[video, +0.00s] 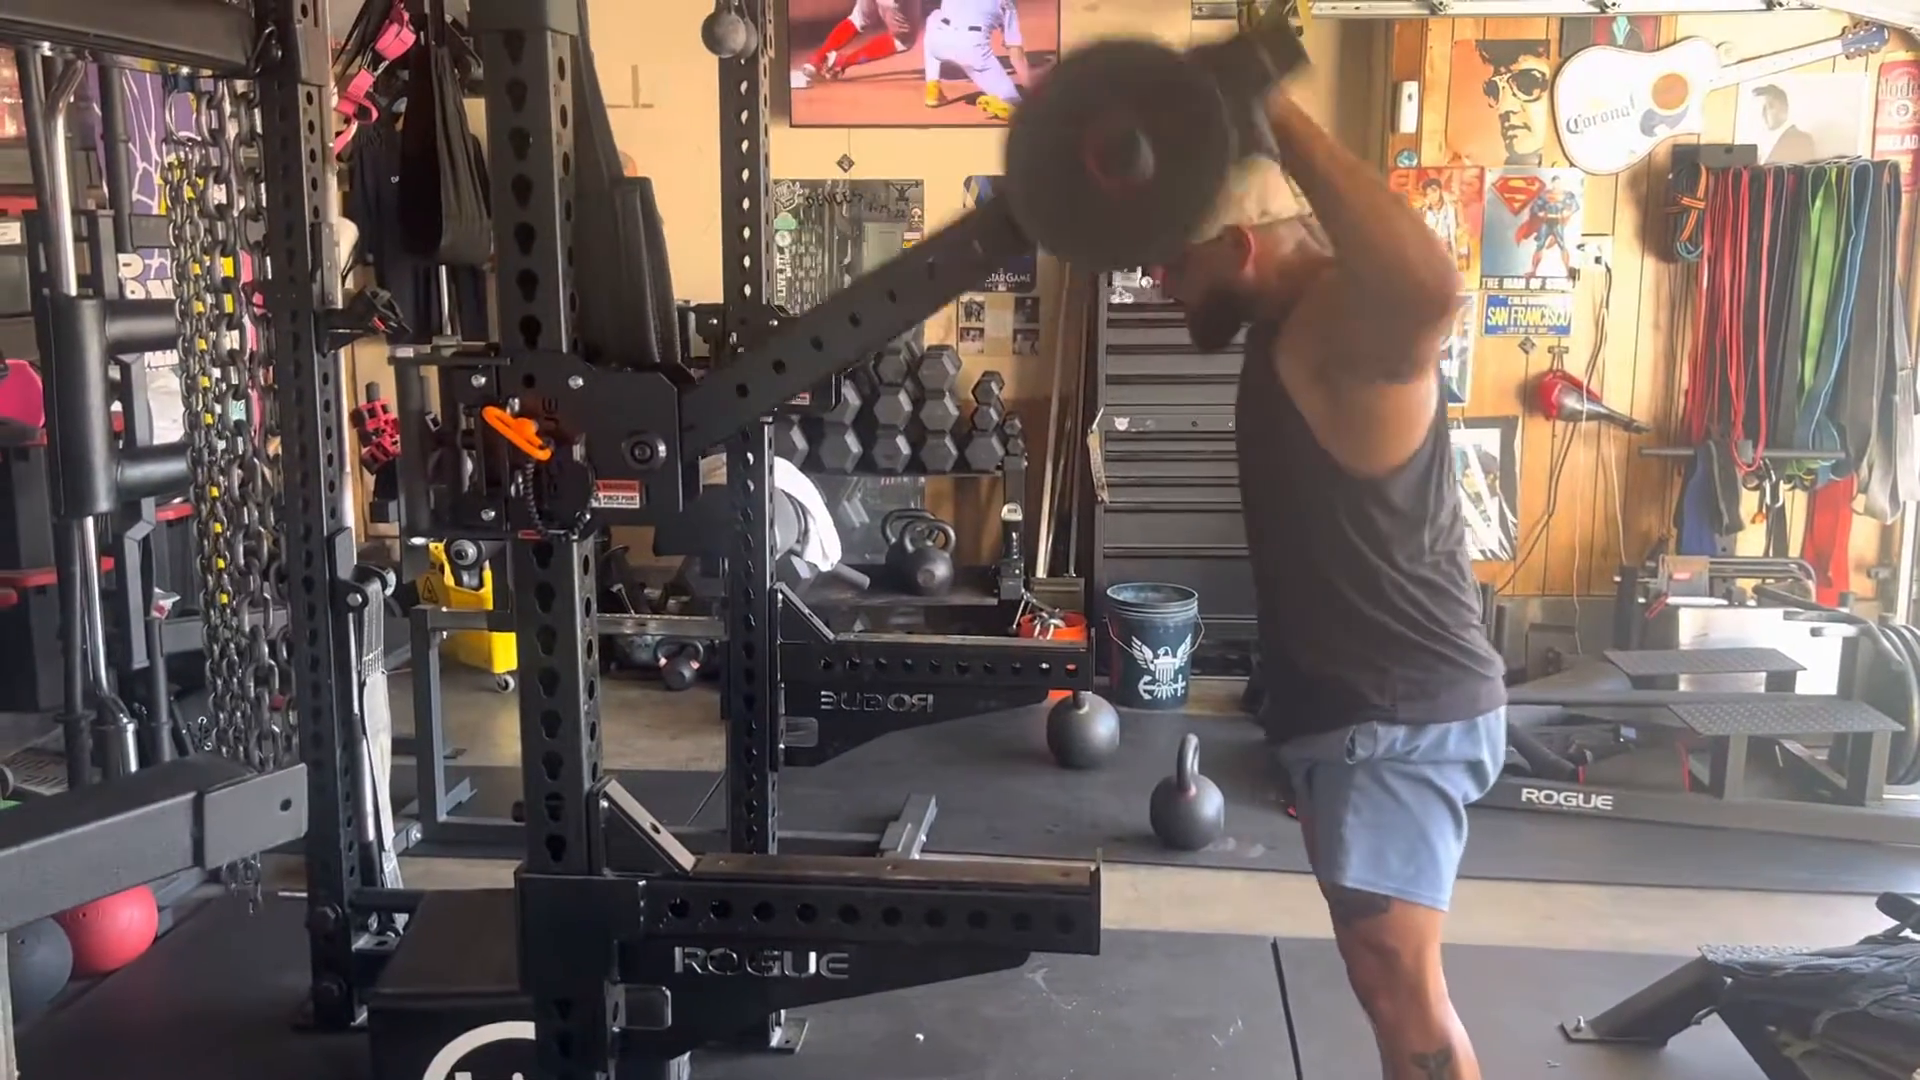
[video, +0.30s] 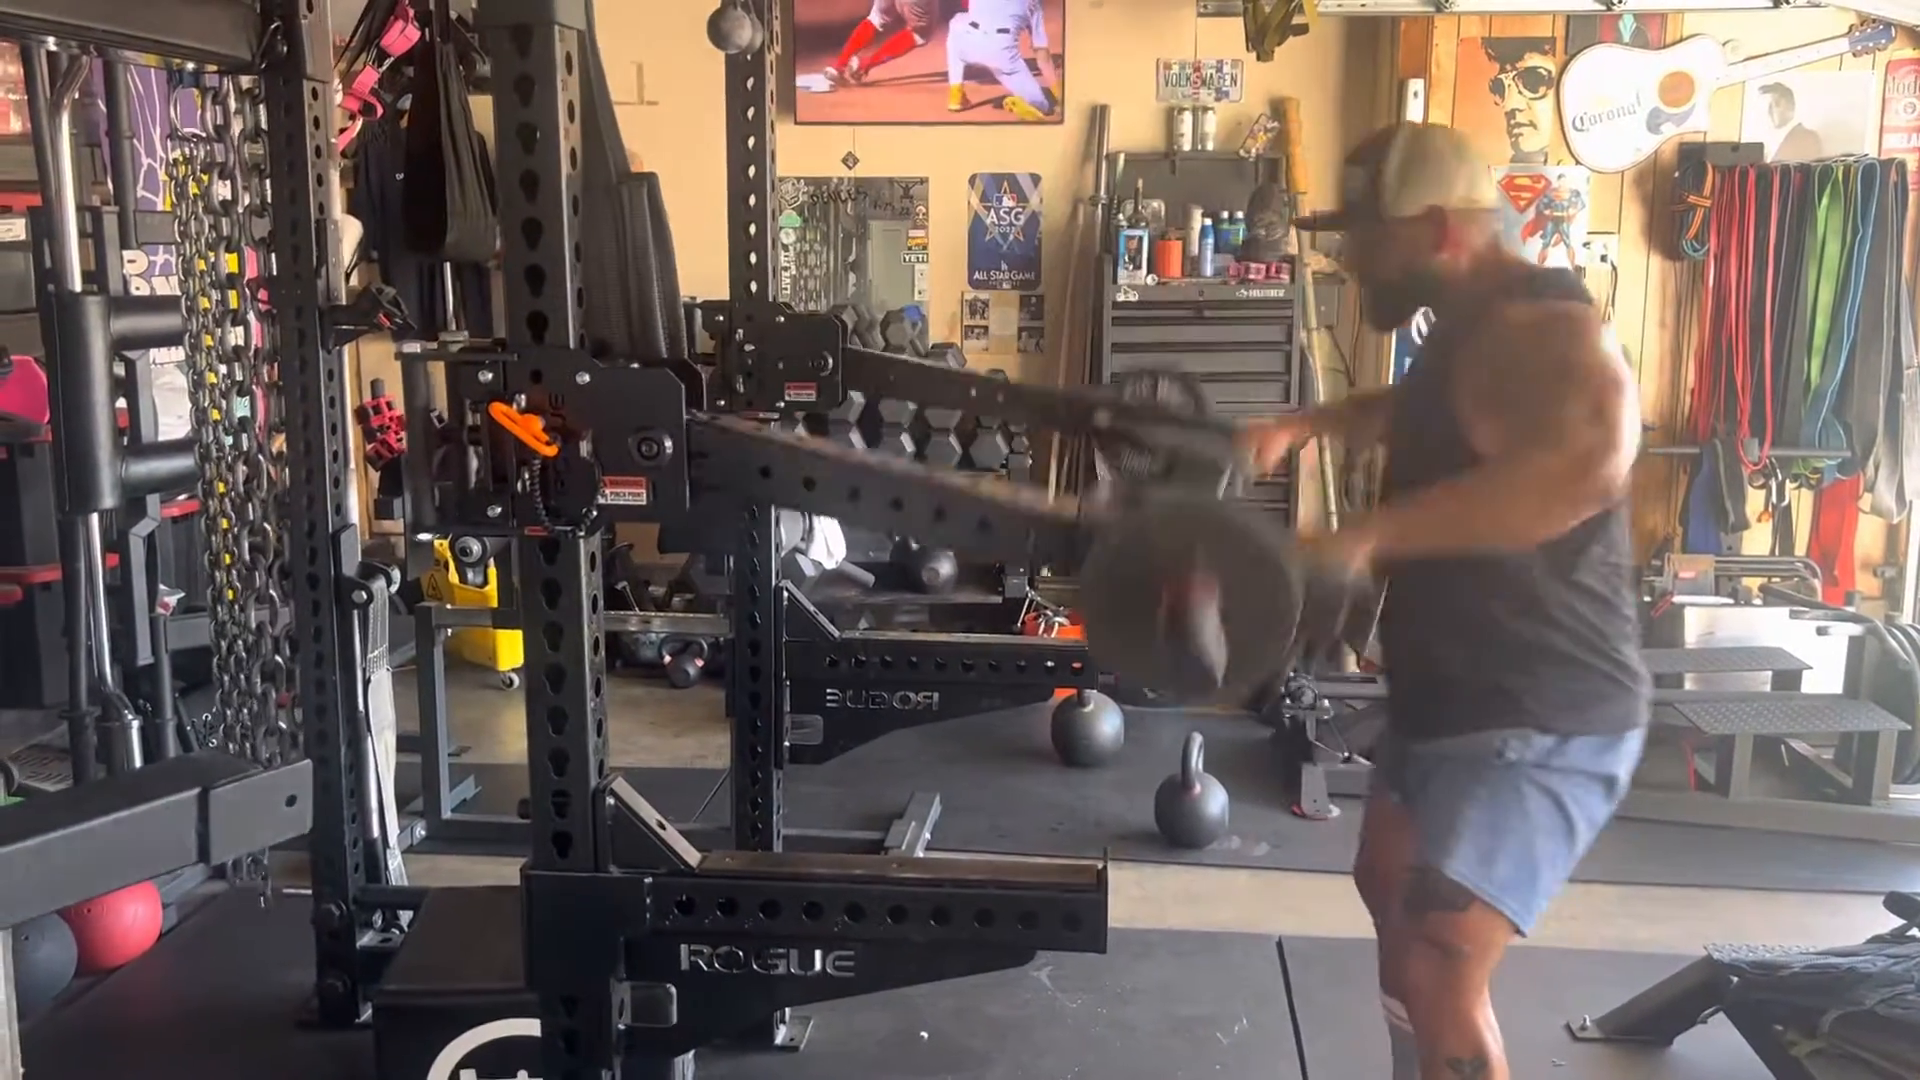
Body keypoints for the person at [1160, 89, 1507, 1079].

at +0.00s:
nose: (1161, 285)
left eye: (1173, 257)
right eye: (1156, 259)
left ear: (1243, 237)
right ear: (1241, 242)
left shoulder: (1350, 320)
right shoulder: (1292, 326)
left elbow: (1430, 285)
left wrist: (1281, 115)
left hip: (1396, 717)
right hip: (1351, 707)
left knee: (1400, 984)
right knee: (1390, 975)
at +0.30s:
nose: (1351, 256)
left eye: (1363, 230)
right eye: (1350, 233)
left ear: (1441, 229)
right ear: (1440, 230)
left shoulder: (1545, 323)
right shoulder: (1457, 329)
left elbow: (1588, 467)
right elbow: (1415, 411)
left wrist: (1374, 533)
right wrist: (1302, 426)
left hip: (1543, 710)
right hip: (1447, 693)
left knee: (1442, 969)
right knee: (1387, 876)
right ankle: (1426, 1052)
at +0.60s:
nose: (1333, 354)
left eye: (1348, 331)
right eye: (1334, 332)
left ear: (1427, 340)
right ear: (1426, 341)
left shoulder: (1521, 447)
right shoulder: (1429, 432)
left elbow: (1445, 644)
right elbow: (1330, 543)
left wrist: (1252, 742)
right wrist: (1203, 599)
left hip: (1637, 765)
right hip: (1529, 735)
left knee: (1444, 982)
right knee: (1397, 878)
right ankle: (1432, 1062)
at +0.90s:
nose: (1433, 320)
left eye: (1451, 298)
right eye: (1434, 298)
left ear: (1532, 310)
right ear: (1523, 313)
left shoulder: (1606, 429)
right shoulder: (1497, 409)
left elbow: (1455, 584)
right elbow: (1370, 508)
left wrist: (1274, 701)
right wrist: (1222, 584)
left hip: (1667, 762)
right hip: (1555, 731)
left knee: (1466, 977)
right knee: (1419, 872)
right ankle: (1436, 1064)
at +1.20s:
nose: (1391, 223)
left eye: (1410, 202)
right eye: (1387, 200)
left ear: (1471, 198)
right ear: (1403, 194)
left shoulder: (1549, 308)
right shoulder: (1444, 298)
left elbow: (1619, 390)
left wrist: (1411, 312)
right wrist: (1286, 268)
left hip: (1447, 703)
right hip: (1387, 688)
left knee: (1418, 972)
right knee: (1408, 963)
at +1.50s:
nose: (1177, 253)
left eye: (1193, 228)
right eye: (1179, 230)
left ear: (1250, 221)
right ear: (1248, 227)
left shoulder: (1332, 290)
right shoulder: (1277, 304)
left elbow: (1311, 167)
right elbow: (1212, 196)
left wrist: (1189, 8)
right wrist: (1166, 98)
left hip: (1402, 696)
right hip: (1366, 692)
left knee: (1424, 971)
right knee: (1413, 962)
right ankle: (1438, 1069)